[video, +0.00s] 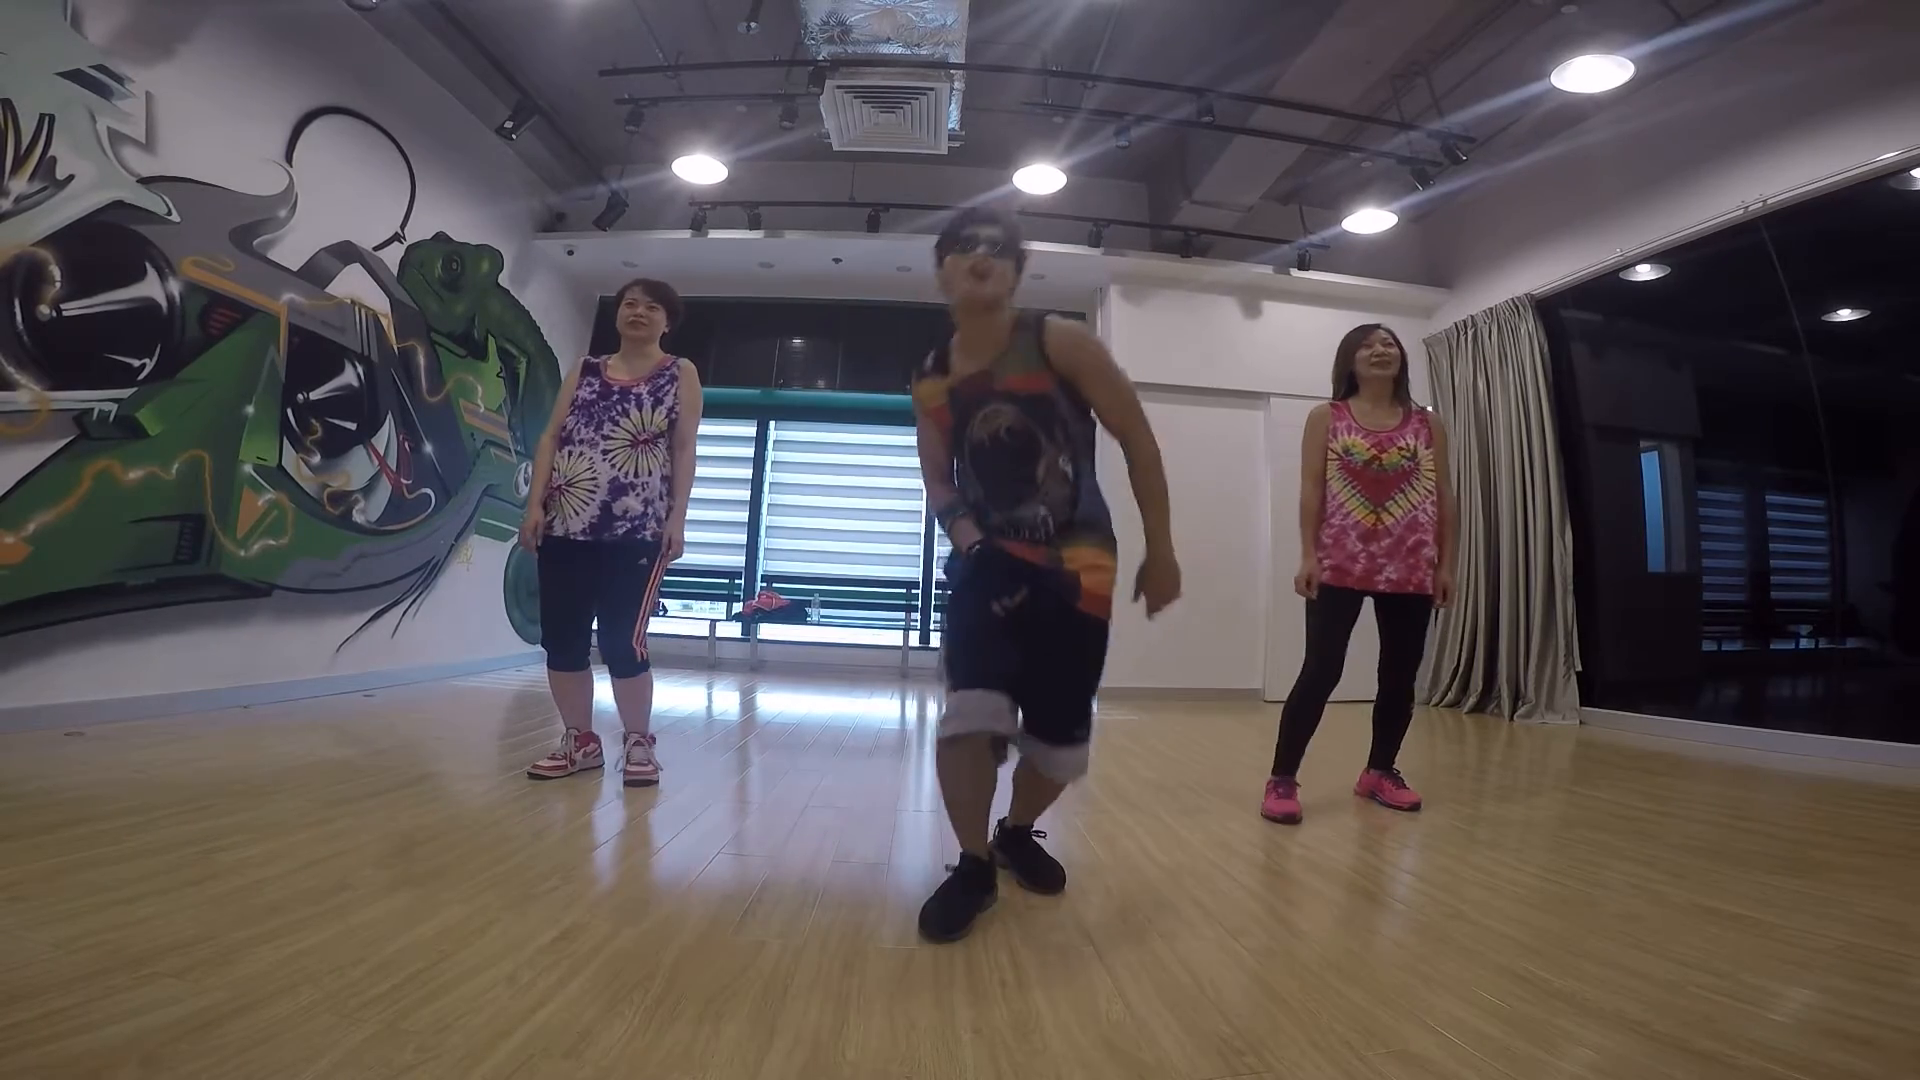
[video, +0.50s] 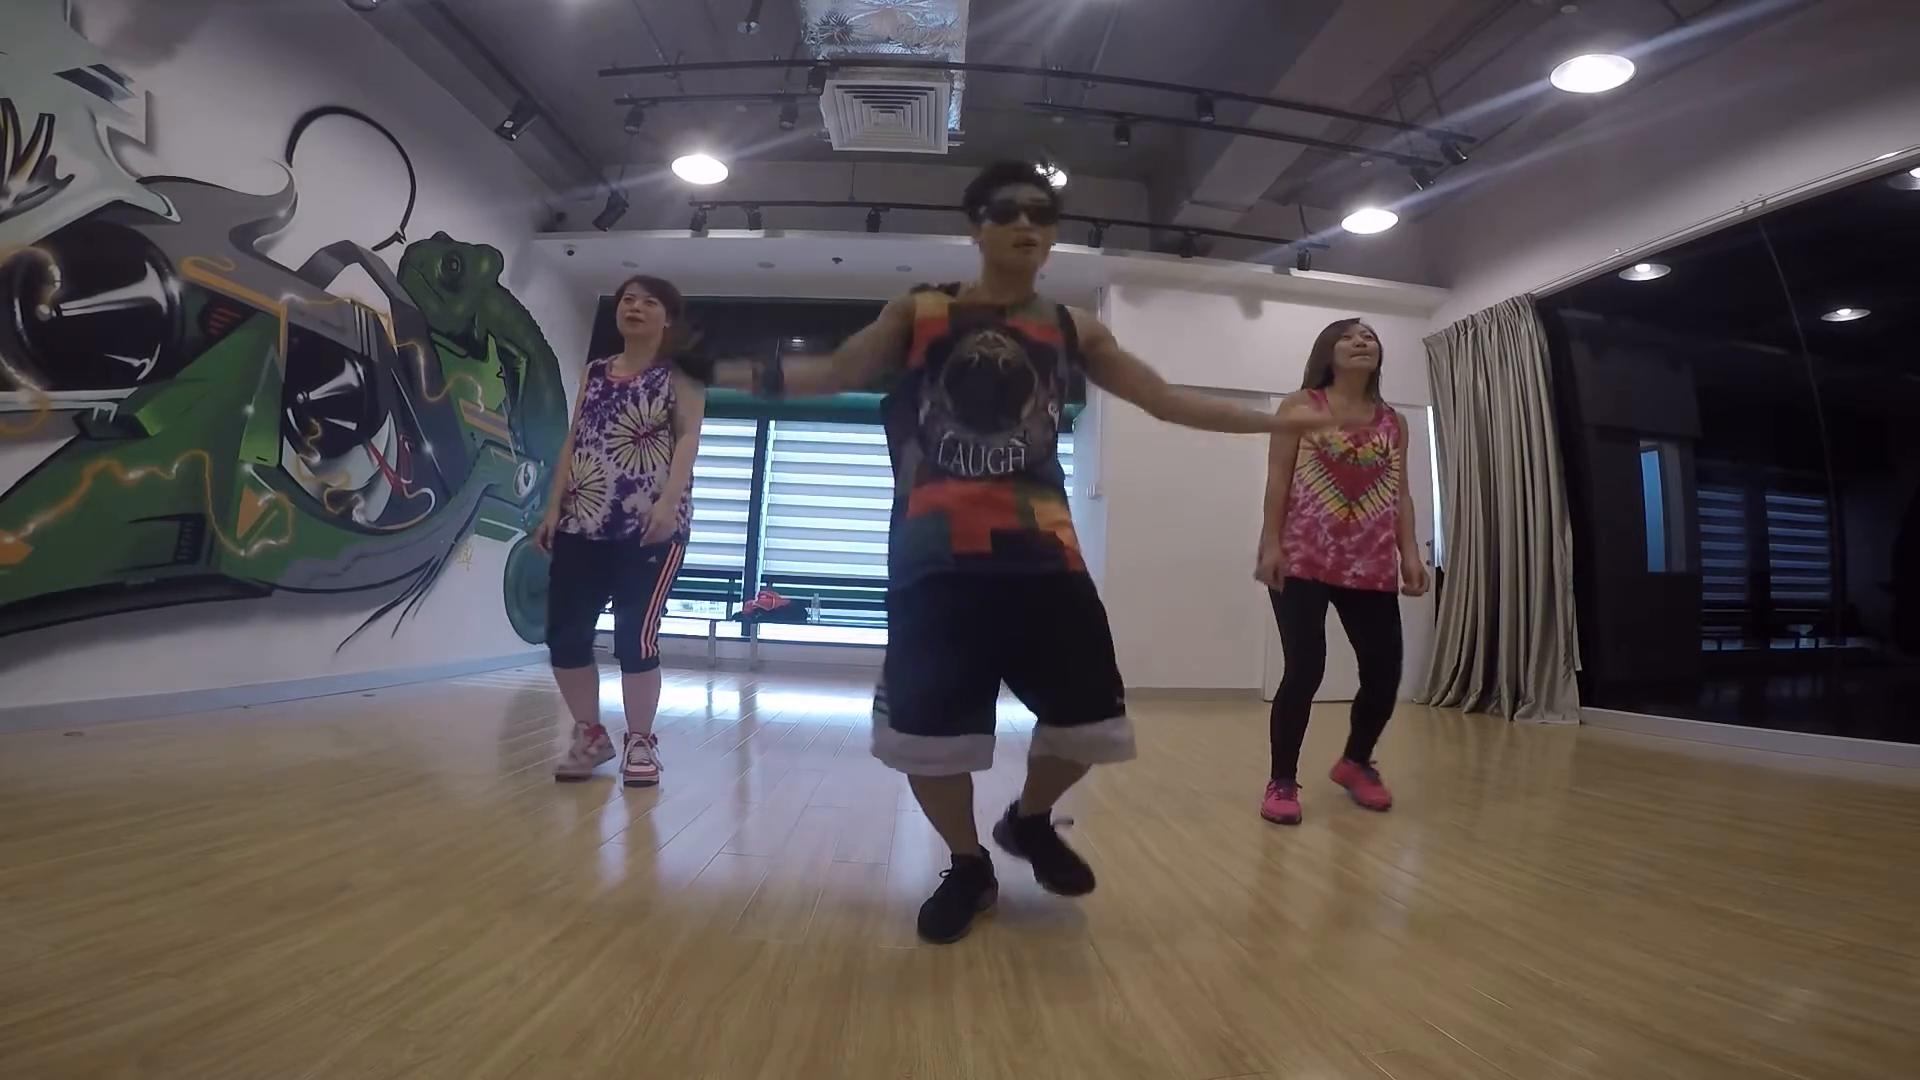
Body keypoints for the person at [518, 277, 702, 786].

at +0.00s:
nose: (637, 310)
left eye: (649, 305)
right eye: (629, 303)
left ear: (667, 321)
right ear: (615, 315)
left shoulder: (680, 374)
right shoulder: (584, 371)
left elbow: (684, 451)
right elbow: (552, 437)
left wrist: (676, 519)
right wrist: (535, 503)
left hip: (636, 532)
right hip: (566, 528)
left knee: (622, 644)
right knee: (562, 642)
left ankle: (638, 742)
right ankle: (579, 742)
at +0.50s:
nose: (635, 306)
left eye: (648, 301)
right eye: (628, 300)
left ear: (669, 320)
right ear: (615, 314)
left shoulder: (681, 383)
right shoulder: (593, 375)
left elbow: (687, 444)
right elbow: (574, 442)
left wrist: (668, 502)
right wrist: (554, 506)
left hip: (648, 527)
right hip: (582, 525)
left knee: (635, 636)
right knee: (565, 634)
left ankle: (640, 741)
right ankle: (590, 736)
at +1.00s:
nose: (646, 305)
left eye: (659, 300)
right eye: (637, 298)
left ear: (675, 317)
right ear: (623, 312)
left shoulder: (686, 376)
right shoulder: (585, 359)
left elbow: (686, 450)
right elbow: (549, 424)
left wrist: (689, 519)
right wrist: (523, 493)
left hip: (646, 522)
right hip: (574, 518)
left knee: (626, 632)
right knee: (580, 636)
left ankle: (628, 744)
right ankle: (591, 741)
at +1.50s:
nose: (658, 322)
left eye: (670, 316)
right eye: (650, 315)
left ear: (689, 330)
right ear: (639, 327)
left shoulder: (703, 384)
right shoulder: (612, 381)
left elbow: (710, 456)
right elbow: (584, 454)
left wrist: (696, 504)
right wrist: (565, 518)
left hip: (662, 537)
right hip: (596, 531)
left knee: (643, 642)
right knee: (571, 635)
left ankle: (646, 738)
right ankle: (582, 742)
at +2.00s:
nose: (645, 327)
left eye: (657, 321)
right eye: (637, 320)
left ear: (675, 336)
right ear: (626, 332)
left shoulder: (687, 378)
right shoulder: (609, 388)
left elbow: (703, 449)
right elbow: (592, 461)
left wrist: (708, 511)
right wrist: (576, 525)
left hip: (663, 530)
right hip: (599, 530)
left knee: (639, 636)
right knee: (599, 640)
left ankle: (649, 735)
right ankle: (618, 733)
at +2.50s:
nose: (669, 325)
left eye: (680, 320)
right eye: (661, 318)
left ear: (696, 334)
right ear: (648, 329)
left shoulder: (704, 392)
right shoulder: (612, 372)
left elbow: (703, 459)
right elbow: (572, 432)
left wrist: (705, 517)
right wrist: (547, 491)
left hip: (660, 526)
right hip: (595, 522)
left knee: (638, 622)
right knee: (601, 631)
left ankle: (644, 732)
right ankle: (616, 732)